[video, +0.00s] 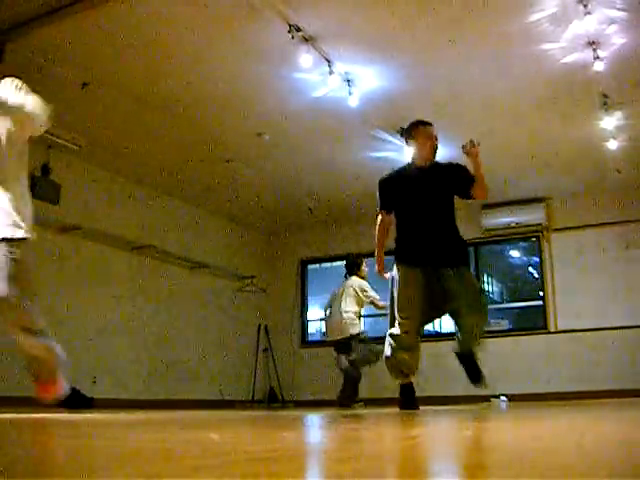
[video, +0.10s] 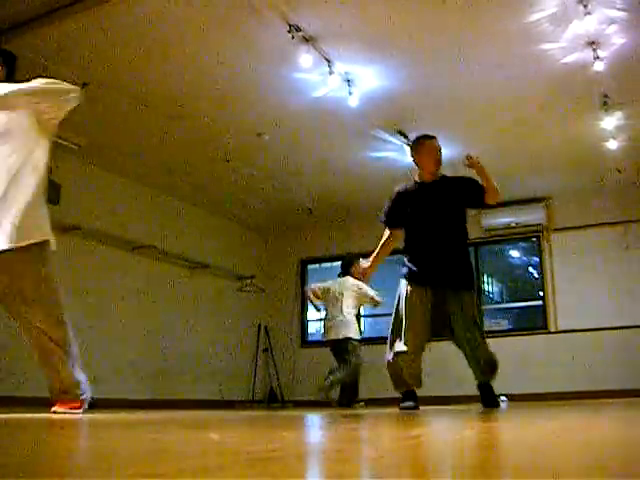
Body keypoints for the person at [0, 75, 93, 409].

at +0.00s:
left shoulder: (10, 92)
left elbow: (39, 114)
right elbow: (39, 113)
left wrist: (10, 96)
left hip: (9, 223)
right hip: (7, 223)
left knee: (14, 307)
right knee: (17, 311)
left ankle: (55, 384)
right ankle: (54, 385)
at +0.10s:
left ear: (6, 70)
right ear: (10, 71)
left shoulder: (28, 106)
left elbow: (70, 92)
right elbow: (70, 93)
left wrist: (10, 94)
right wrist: (19, 97)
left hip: (18, 228)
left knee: (40, 314)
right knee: (36, 315)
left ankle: (71, 392)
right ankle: (69, 391)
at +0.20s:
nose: (8, 83)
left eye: (14, 76)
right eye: (4, 76)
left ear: (25, 83)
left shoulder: (47, 116)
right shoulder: (7, 133)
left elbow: (99, 131)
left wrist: (44, 114)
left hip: (48, 228)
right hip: (10, 233)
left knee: (54, 310)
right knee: (33, 317)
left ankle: (74, 389)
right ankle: (64, 388)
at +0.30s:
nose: (39, 86)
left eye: (43, 78)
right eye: (29, 80)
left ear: (50, 84)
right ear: (12, 90)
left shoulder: (73, 123)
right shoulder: (7, 138)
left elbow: (96, 175)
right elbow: (6, 193)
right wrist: (12, 223)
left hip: (68, 225)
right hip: (25, 225)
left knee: (65, 309)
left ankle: (72, 391)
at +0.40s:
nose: (61, 88)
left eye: (65, 82)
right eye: (53, 81)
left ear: (70, 88)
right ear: (32, 87)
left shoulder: (87, 128)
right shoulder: (12, 133)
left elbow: (108, 180)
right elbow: (7, 189)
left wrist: (104, 226)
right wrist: (13, 199)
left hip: (81, 232)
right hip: (34, 232)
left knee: (74, 312)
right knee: (14, 294)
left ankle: (72, 391)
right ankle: (41, 362)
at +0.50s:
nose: (79, 101)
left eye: (83, 93)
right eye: (70, 92)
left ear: (88, 99)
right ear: (48, 95)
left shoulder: (99, 135)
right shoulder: (26, 132)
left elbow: (123, 173)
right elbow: (2, 166)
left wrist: (108, 216)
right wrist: (41, 167)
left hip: (86, 229)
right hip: (42, 233)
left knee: (82, 304)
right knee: (46, 312)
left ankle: (72, 390)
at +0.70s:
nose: (82, 133)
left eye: (88, 127)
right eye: (74, 126)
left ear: (93, 133)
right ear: (56, 132)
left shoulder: (109, 171)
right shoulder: (41, 165)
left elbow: (122, 210)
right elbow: (26, 215)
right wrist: (71, 194)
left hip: (94, 255)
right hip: (56, 262)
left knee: (82, 304)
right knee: (74, 334)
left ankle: (73, 392)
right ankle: (127, 386)